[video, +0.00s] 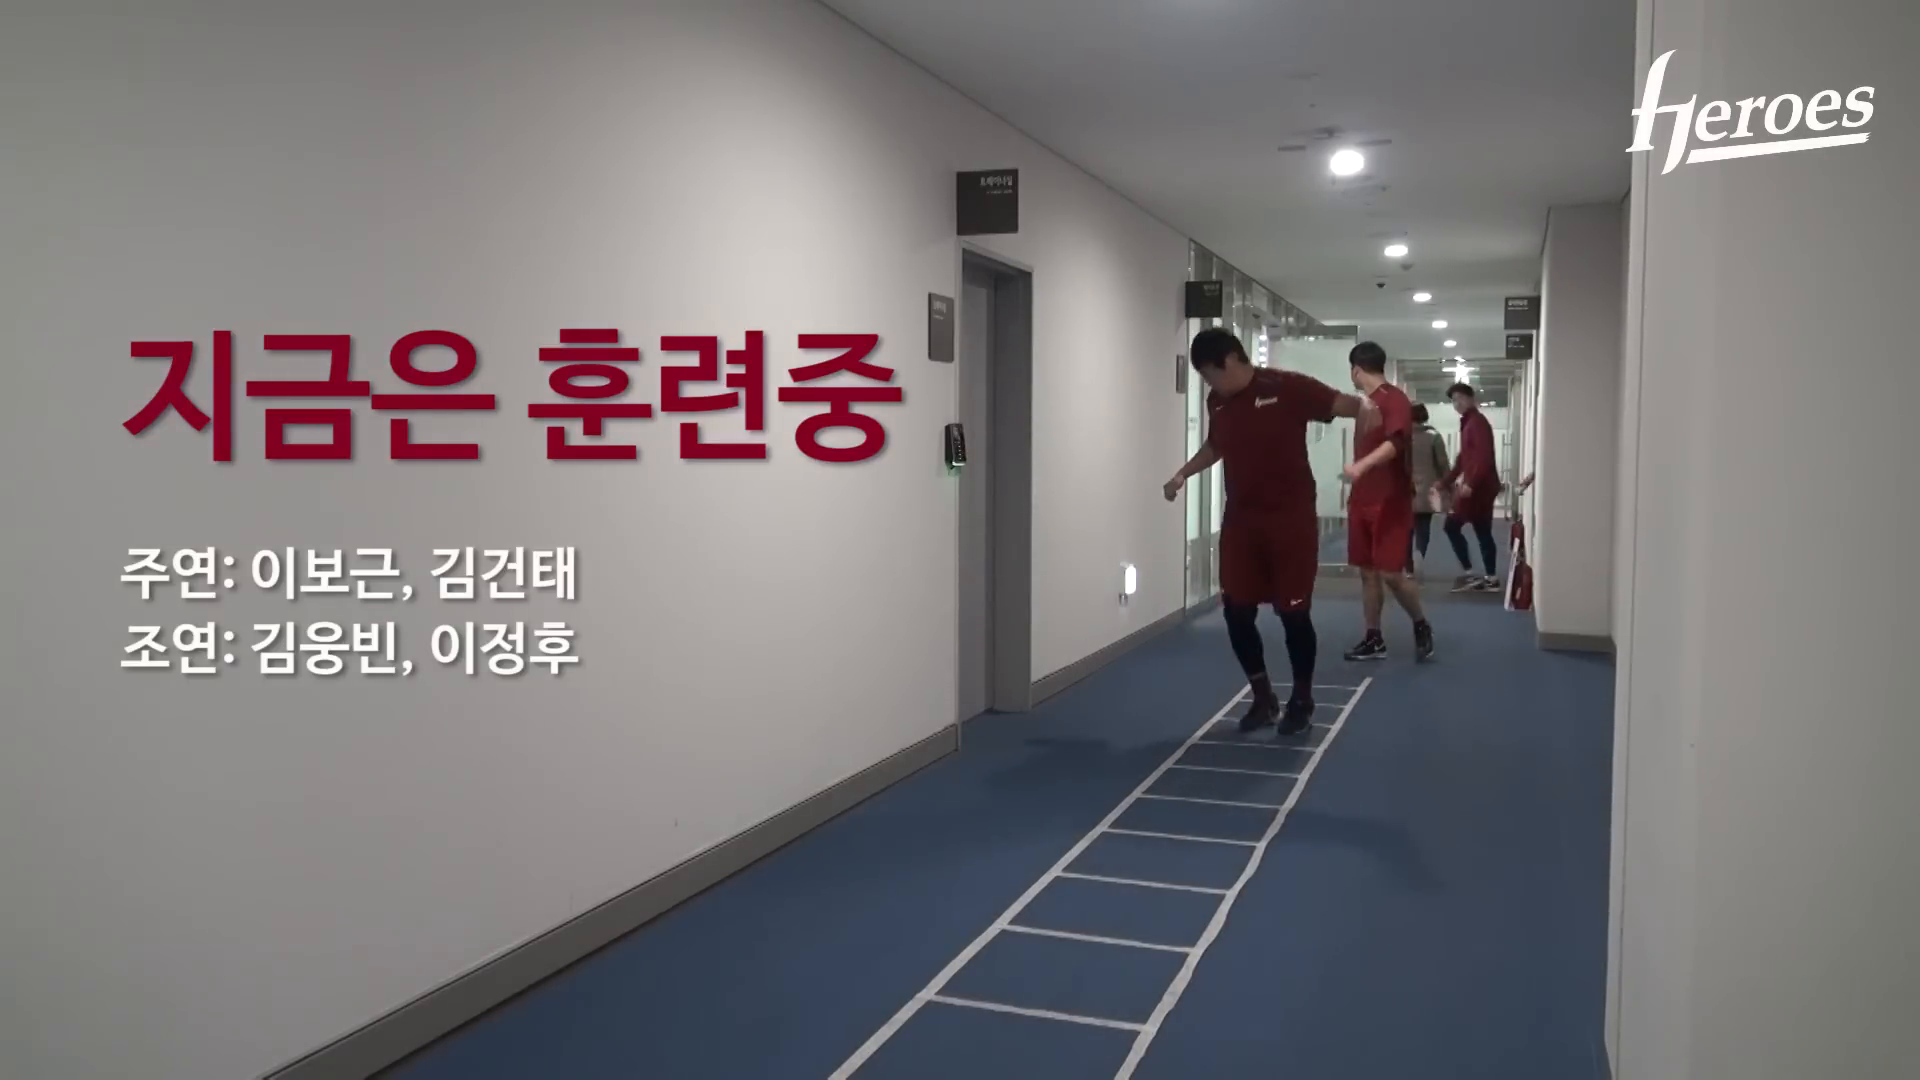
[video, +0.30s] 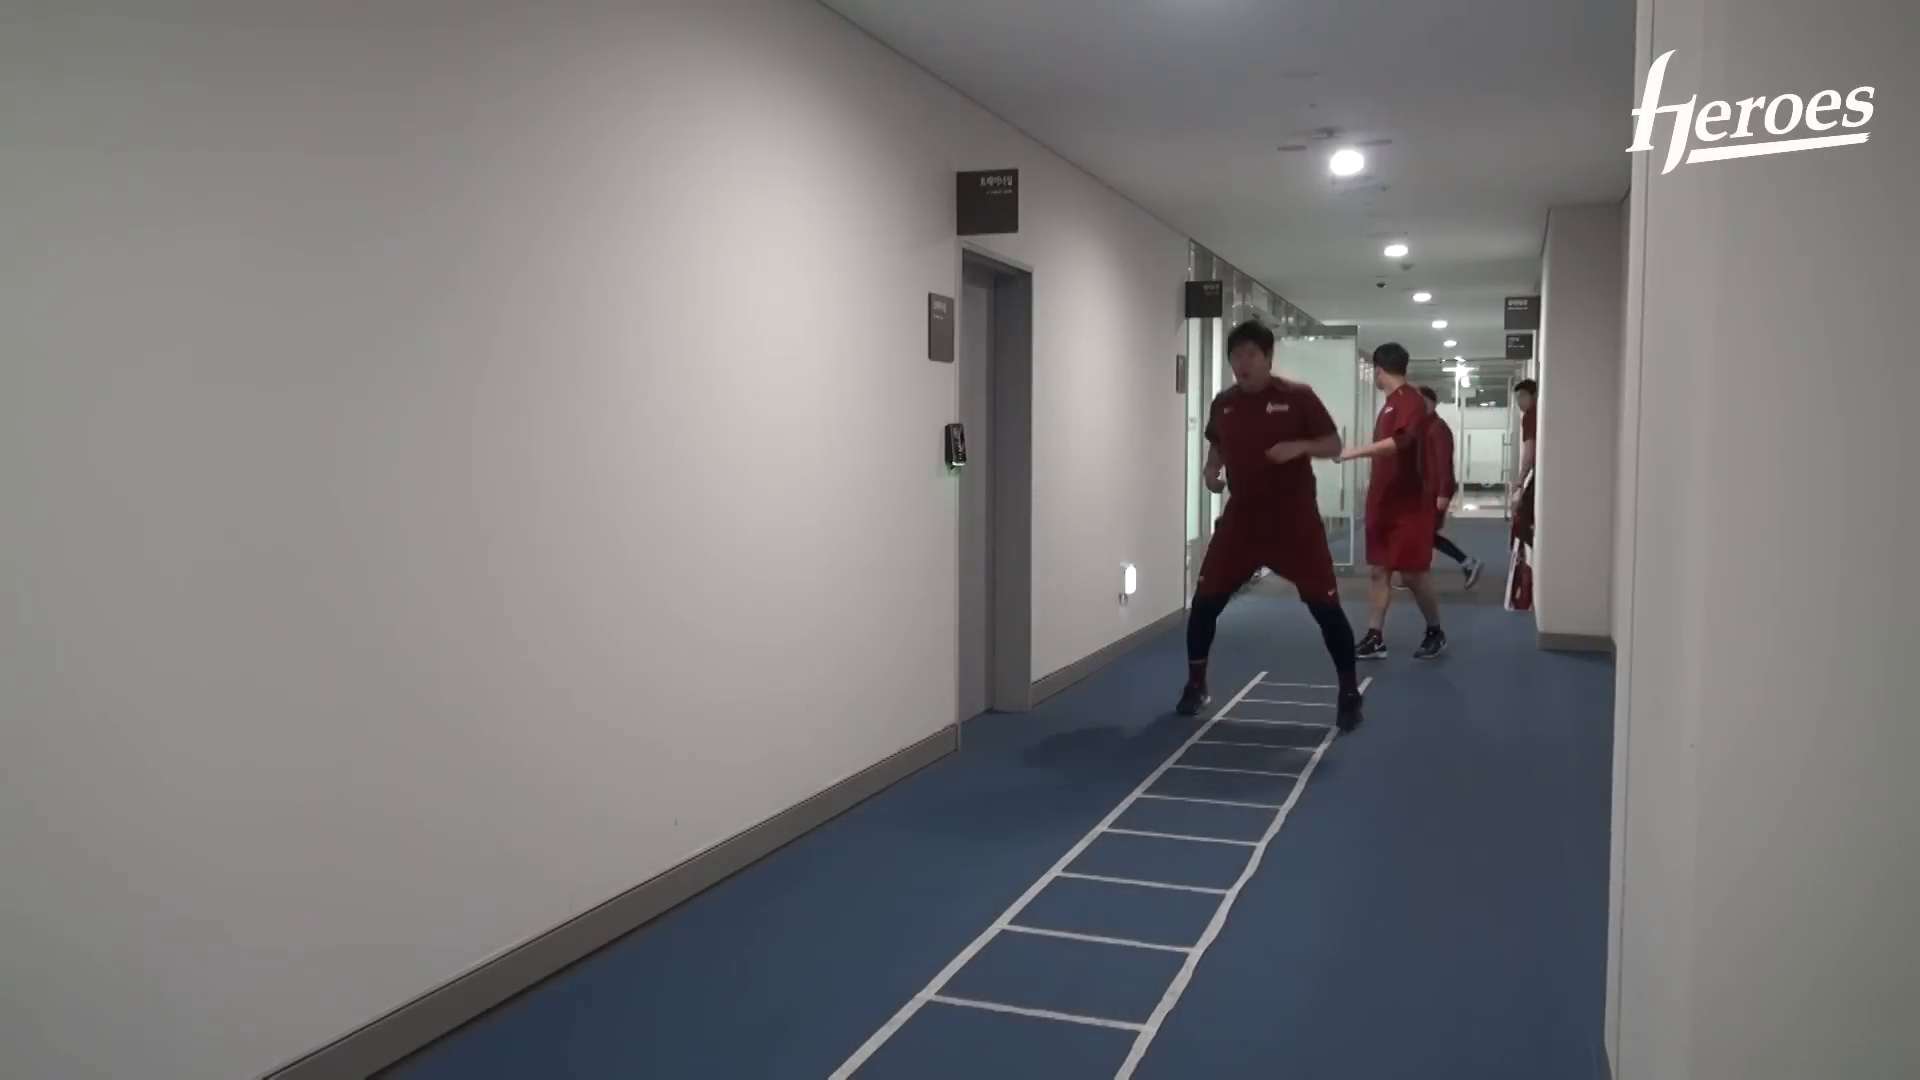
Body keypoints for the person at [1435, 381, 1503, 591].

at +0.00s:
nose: (1455, 404)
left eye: (1458, 399)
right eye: (1454, 400)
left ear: (1469, 398)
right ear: (1458, 401)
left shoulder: (1477, 423)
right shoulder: (1469, 423)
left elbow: (1482, 457)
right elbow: (1464, 458)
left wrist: (1470, 482)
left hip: (1479, 485)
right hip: (1481, 486)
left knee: (1451, 525)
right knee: (1483, 530)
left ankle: (1469, 571)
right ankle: (1491, 576)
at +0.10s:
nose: (1444, 405)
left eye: (1447, 400)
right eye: (1442, 401)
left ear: (1457, 400)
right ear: (1445, 402)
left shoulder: (1465, 424)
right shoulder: (1455, 424)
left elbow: (1470, 457)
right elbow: (1446, 456)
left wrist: (1462, 484)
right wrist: (1422, 471)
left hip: (1467, 486)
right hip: (1467, 485)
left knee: (1443, 526)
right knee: (1475, 530)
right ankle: (1489, 575)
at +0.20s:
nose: (1432, 407)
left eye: (1435, 402)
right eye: (1429, 403)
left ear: (1445, 403)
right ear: (1428, 405)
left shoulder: (1451, 428)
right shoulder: (1440, 427)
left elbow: (1457, 461)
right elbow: (1432, 455)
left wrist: (1455, 490)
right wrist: (1413, 465)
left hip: (1449, 488)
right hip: (1448, 487)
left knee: (1430, 528)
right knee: (1459, 533)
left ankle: (1419, 571)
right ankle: (1485, 572)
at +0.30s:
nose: (1418, 405)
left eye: (1422, 401)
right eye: (1417, 401)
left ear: (1431, 403)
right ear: (1421, 403)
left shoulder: (1438, 427)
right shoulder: (1418, 426)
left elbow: (1444, 462)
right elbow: (1419, 461)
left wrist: (1444, 492)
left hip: (1433, 490)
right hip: (1420, 488)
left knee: (1429, 533)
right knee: (1414, 531)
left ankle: (1467, 562)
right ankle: (1409, 574)